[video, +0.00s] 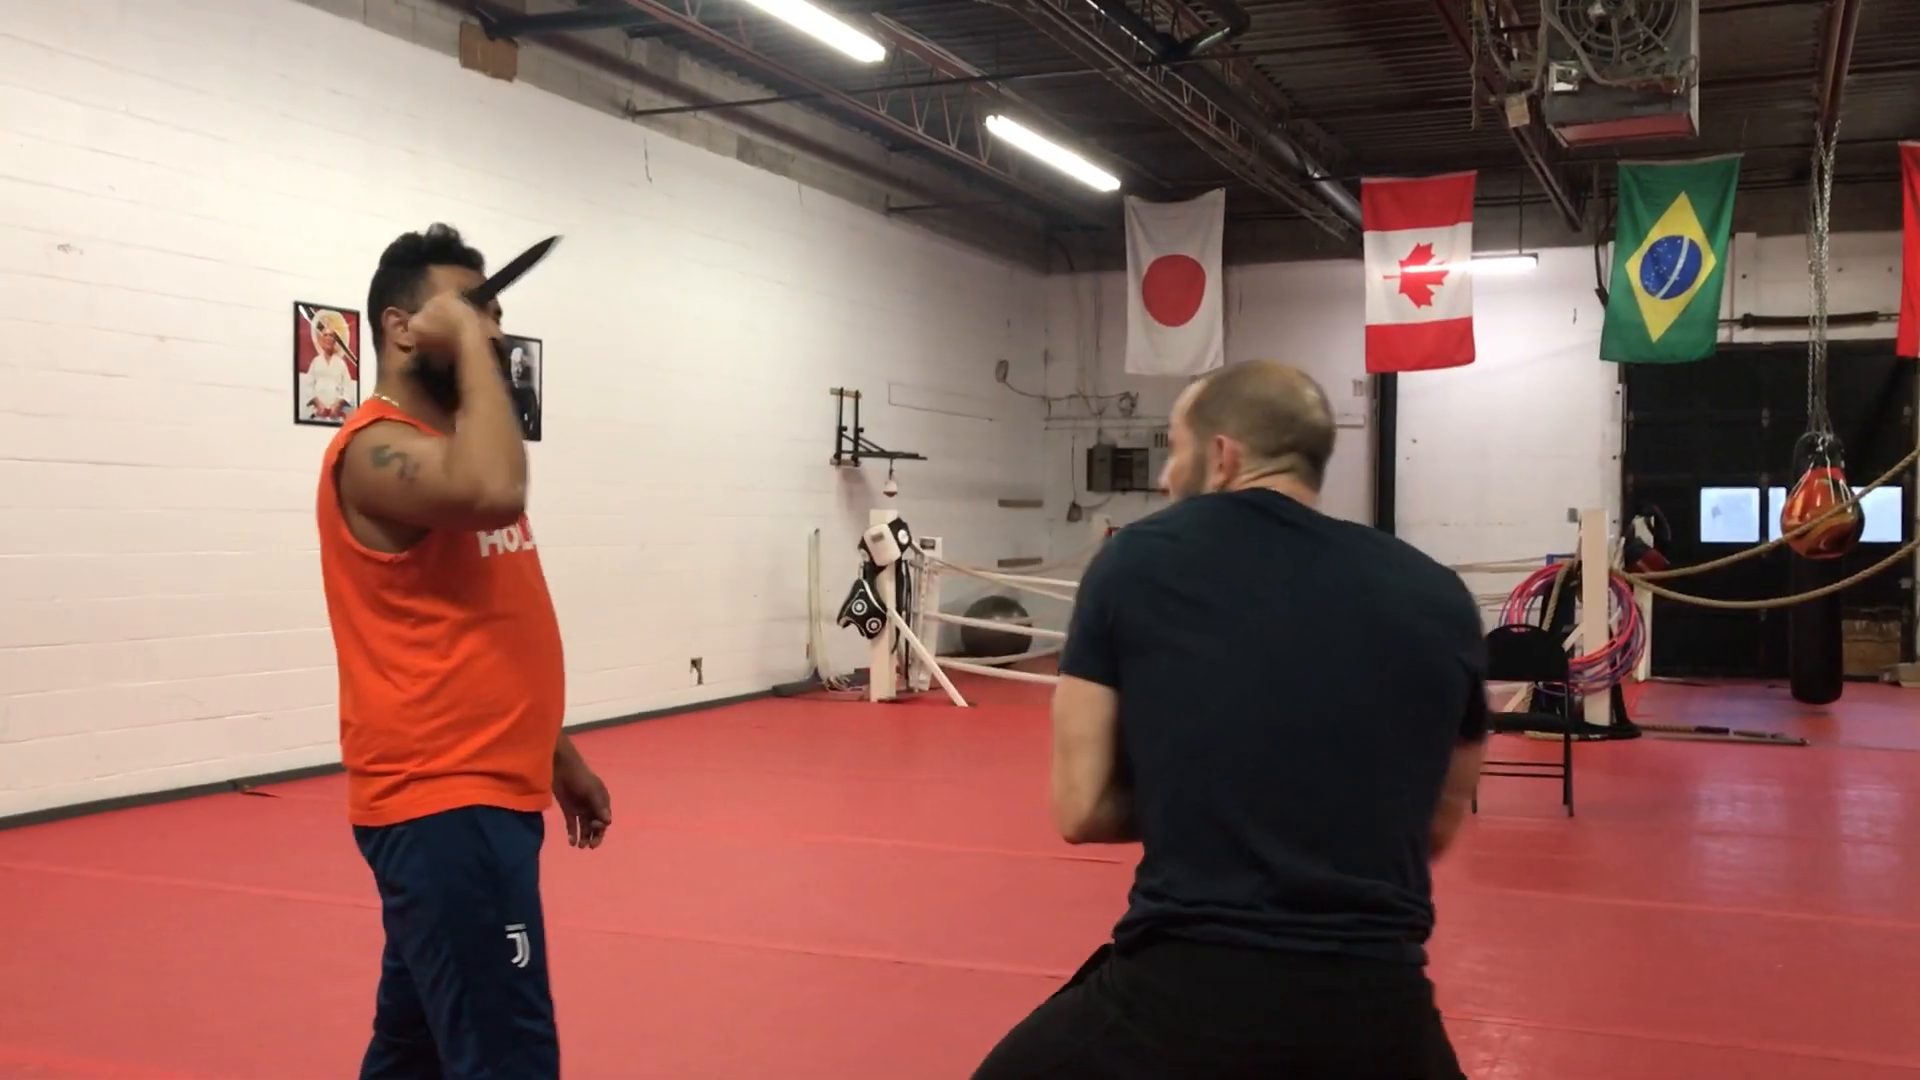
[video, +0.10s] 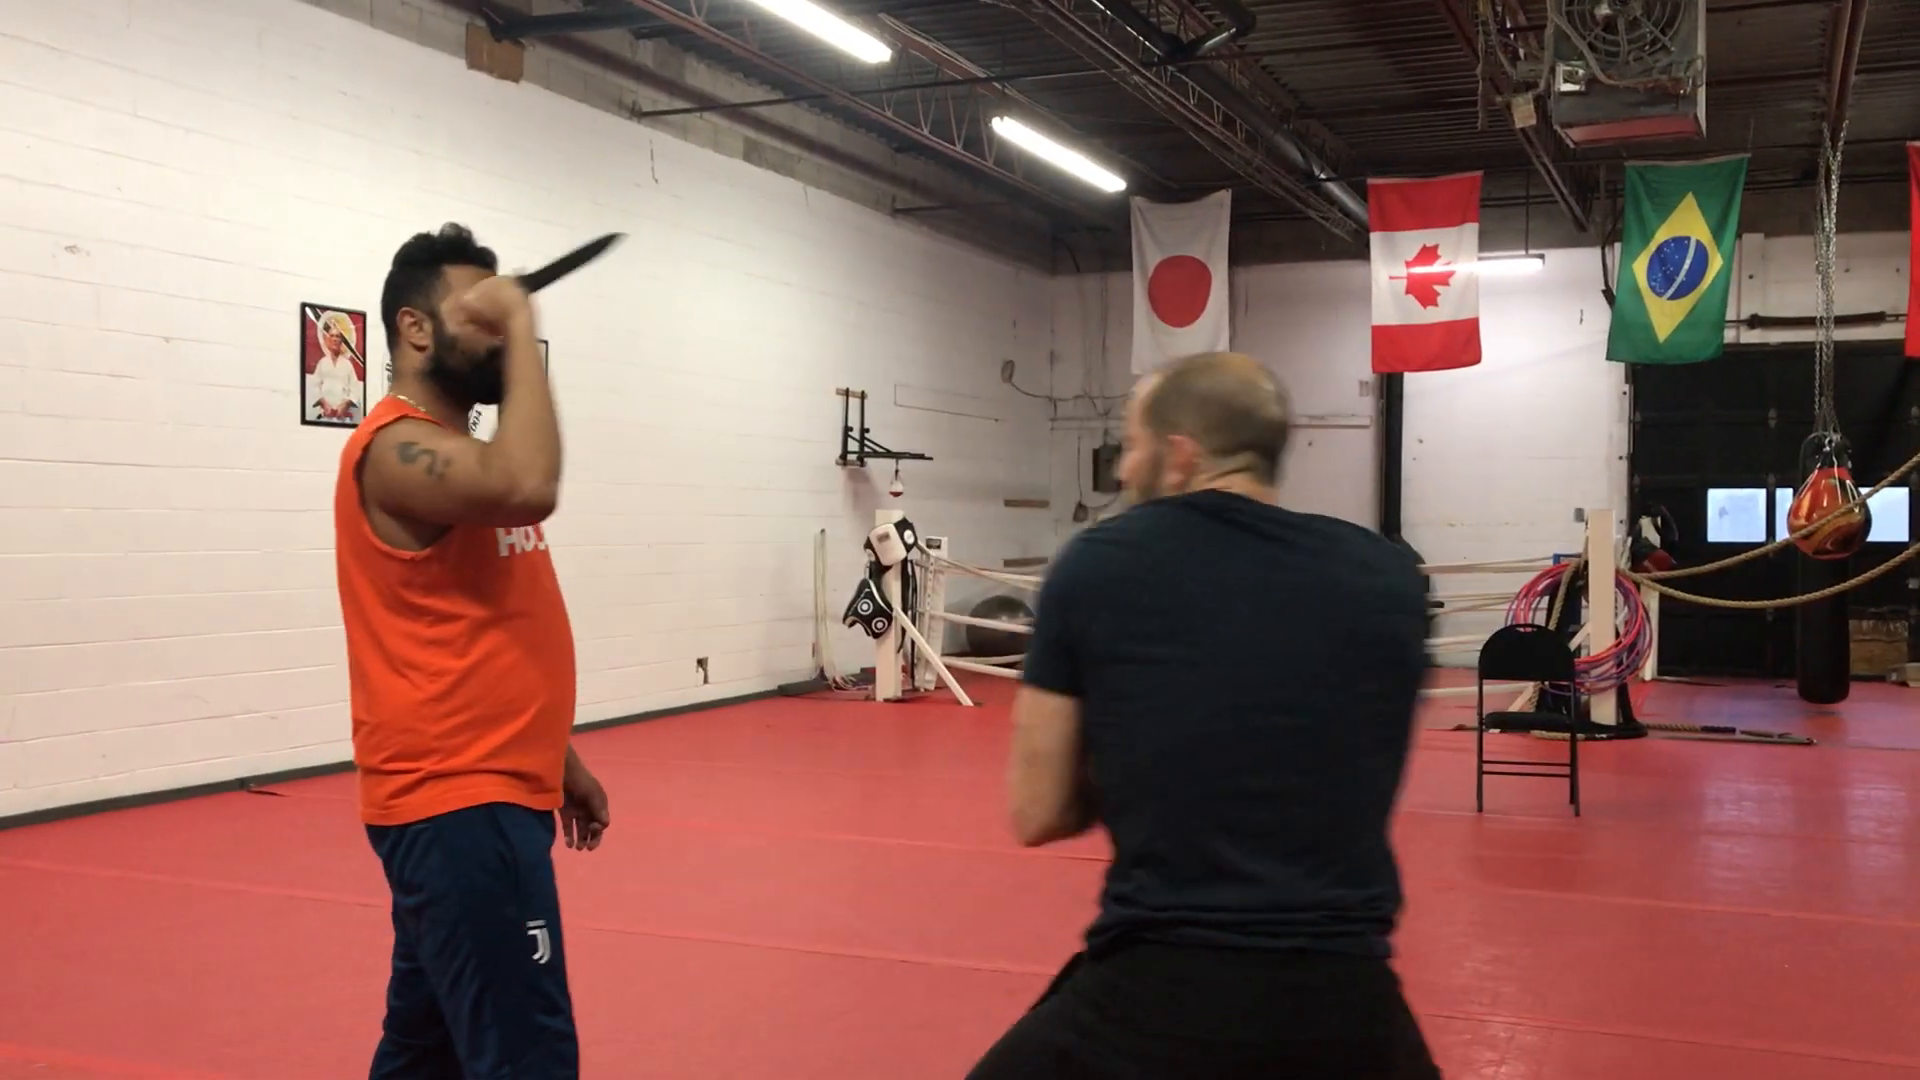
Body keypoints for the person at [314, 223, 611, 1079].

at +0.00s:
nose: (488, 326)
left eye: (488, 310)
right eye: (468, 307)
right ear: (402, 328)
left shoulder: (457, 439)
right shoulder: (377, 446)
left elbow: (487, 622)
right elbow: (492, 485)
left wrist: (557, 751)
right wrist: (471, 340)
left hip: (481, 798)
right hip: (439, 804)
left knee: (415, 1055)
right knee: (509, 1057)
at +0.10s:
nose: (501, 331)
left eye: (499, 315)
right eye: (479, 313)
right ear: (412, 329)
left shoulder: (458, 443)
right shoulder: (401, 444)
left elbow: (481, 636)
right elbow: (526, 479)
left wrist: (559, 759)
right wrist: (522, 333)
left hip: (484, 796)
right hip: (453, 802)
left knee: (426, 1051)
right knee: (529, 1055)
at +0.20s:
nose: (526, 331)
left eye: (524, 313)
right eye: (499, 310)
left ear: (438, 334)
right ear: (429, 328)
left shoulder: (457, 440)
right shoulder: (420, 441)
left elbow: (482, 639)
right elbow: (556, 482)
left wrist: (549, 772)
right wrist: (575, 317)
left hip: (479, 796)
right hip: (469, 802)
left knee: (433, 1049)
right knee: (545, 1055)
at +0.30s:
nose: (534, 327)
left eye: (533, 309)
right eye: (511, 308)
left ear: (448, 332)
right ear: (440, 325)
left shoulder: (449, 437)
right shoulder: (436, 440)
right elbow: (583, 485)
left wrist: (544, 784)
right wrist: (627, 316)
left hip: (473, 794)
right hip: (483, 800)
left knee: (437, 1052)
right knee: (555, 1055)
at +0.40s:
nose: (542, 328)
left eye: (540, 308)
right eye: (518, 307)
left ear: (451, 332)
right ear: (446, 325)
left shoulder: (453, 433)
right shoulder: (446, 439)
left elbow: (602, 495)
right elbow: (603, 483)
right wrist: (671, 314)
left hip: (474, 793)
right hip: (488, 797)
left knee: (438, 1049)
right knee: (560, 1055)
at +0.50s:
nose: (548, 325)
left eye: (545, 307)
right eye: (523, 306)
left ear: (457, 332)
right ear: (451, 325)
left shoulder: (450, 433)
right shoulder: (456, 437)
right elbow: (615, 474)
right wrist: (699, 310)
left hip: (462, 792)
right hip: (492, 797)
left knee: (438, 1048)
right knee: (563, 1053)